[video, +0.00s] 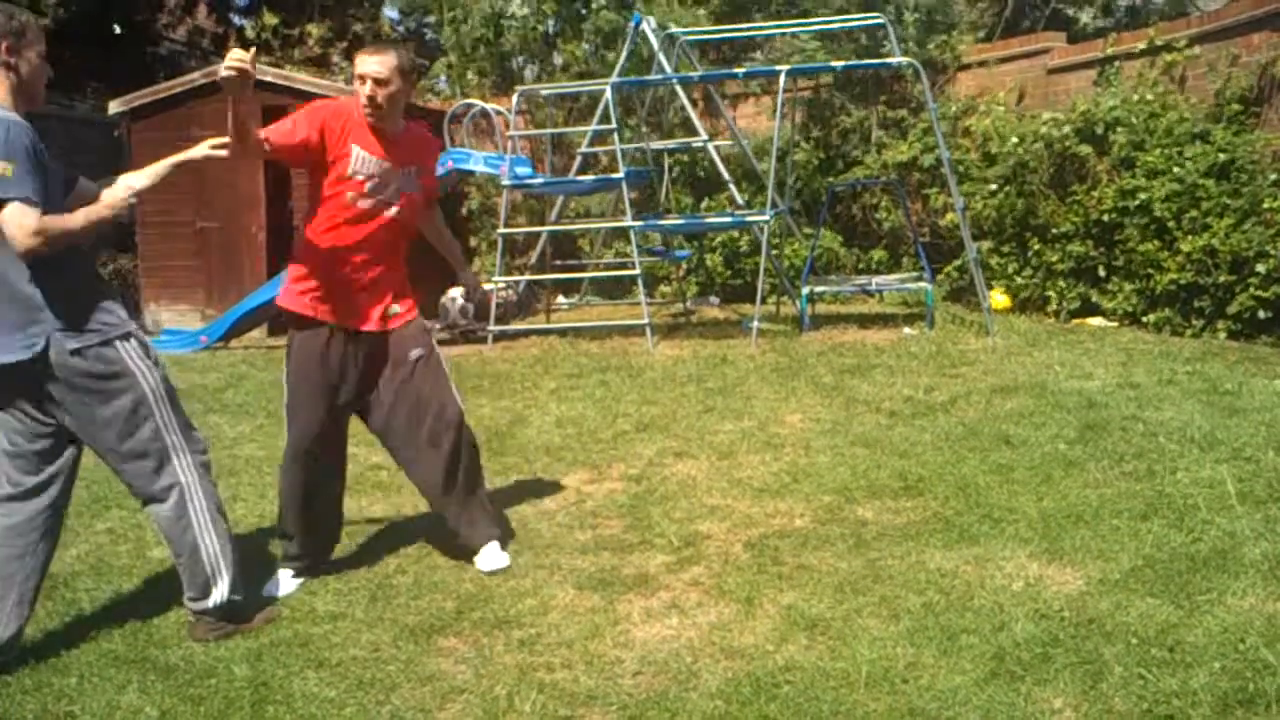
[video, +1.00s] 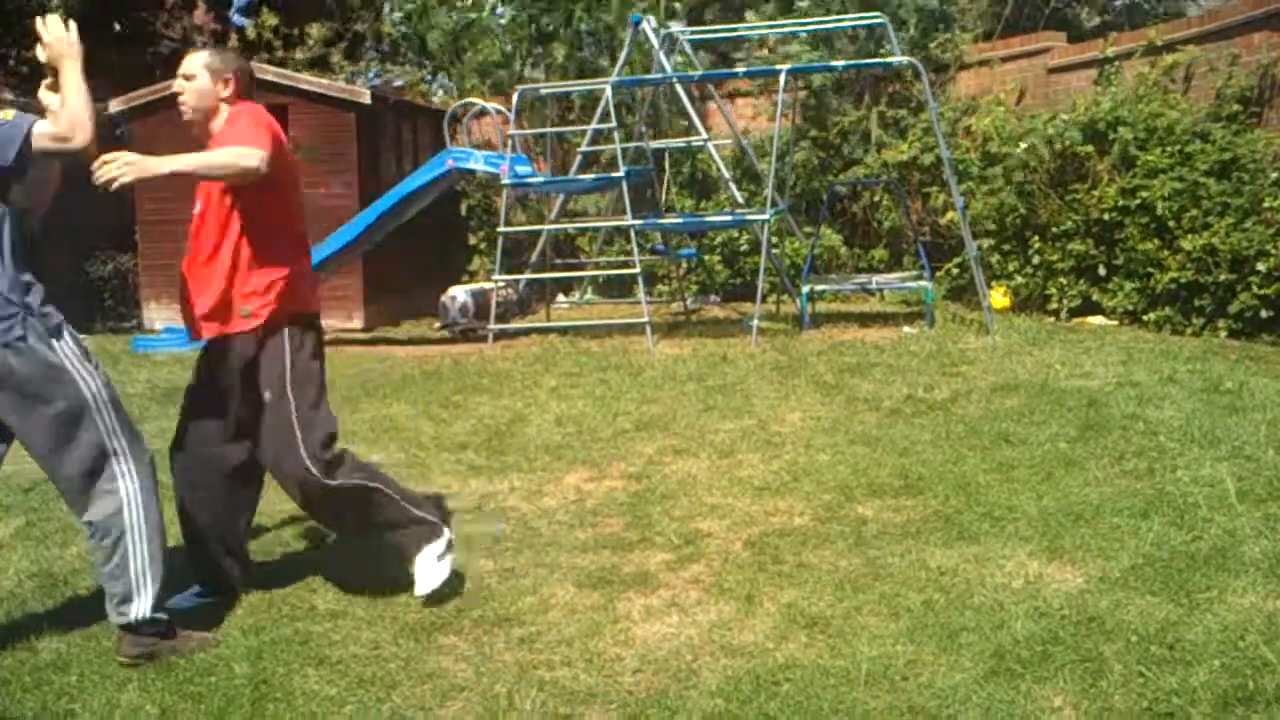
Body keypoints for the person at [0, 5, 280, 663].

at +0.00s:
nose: (47, 70)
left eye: (45, 58)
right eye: (39, 58)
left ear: (12, 60)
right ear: (9, 59)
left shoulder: (15, 131)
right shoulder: (12, 133)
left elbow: (55, 208)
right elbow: (24, 234)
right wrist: (103, 210)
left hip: (25, 343)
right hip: (79, 333)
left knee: (22, 499)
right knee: (169, 454)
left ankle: (4, 631)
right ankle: (219, 598)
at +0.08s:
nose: (46, 57)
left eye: (43, 47)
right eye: (37, 47)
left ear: (10, 55)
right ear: (8, 52)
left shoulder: (15, 121)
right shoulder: (22, 118)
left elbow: (74, 213)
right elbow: (55, 217)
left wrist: (141, 175)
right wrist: (102, 171)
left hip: (17, 334)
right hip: (75, 324)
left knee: (17, 495)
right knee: (160, 451)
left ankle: (0, 628)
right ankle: (215, 598)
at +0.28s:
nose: (30, 70)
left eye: (27, 60)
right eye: (23, 61)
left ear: (0, 70)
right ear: (3, 69)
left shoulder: (19, 129)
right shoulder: (30, 126)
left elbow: (128, 166)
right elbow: (138, 168)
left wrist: (126, 104)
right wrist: (133, 92)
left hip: (11, 344)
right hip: (62, 336)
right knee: (156, 461)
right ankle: (215, 603)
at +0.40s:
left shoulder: (10, 135)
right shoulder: (4, 135)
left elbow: (100, 165)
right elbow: (108, 164)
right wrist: (99, 94)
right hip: (28, 337)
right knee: (126, 466)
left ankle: (202, 593)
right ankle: (207, 601)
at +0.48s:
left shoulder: (13, 129)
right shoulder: (7, 129)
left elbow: (99, 143)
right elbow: (103, 144)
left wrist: (100, 96)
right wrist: (107, 89)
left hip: (21, 328)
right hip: (21, 331)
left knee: (104, 457)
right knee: (106, 456)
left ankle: (194, 594)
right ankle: (198, 600)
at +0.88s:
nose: (20, 82)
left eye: (17, 75)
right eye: (15, 75)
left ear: (10, 87)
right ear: (5, 85)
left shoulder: (9, 128)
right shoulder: (4, 123)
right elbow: (78, 112)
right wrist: (129, 40)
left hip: (16, 338)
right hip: (14, 340)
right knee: (118, 470)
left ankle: (139, 615)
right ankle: (139, 630)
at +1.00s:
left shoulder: (9, 138)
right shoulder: (4, 128)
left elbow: (30, 200)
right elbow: (76, 132)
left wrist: (55, 120)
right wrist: (70, 62)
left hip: (15, 322)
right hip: (16, 324)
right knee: (115, 456)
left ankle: (138, 614)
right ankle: (141, 623)